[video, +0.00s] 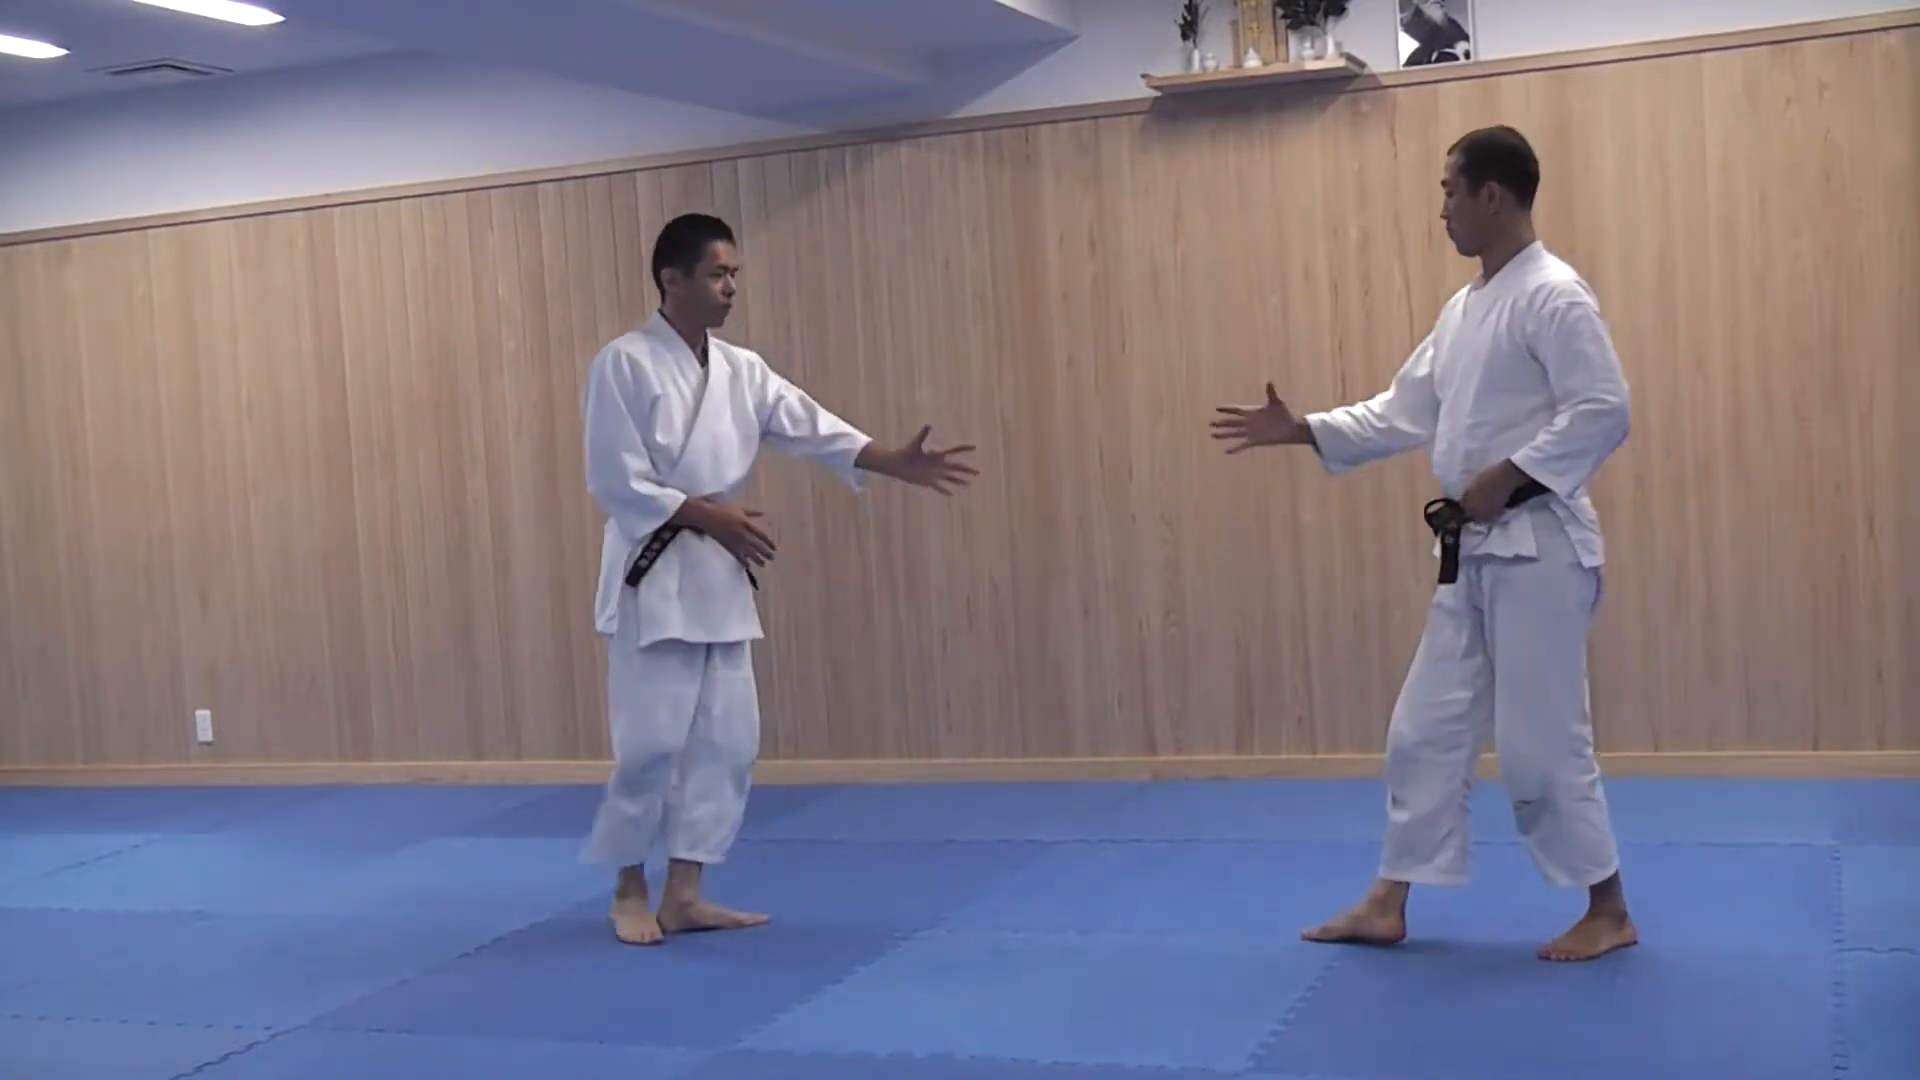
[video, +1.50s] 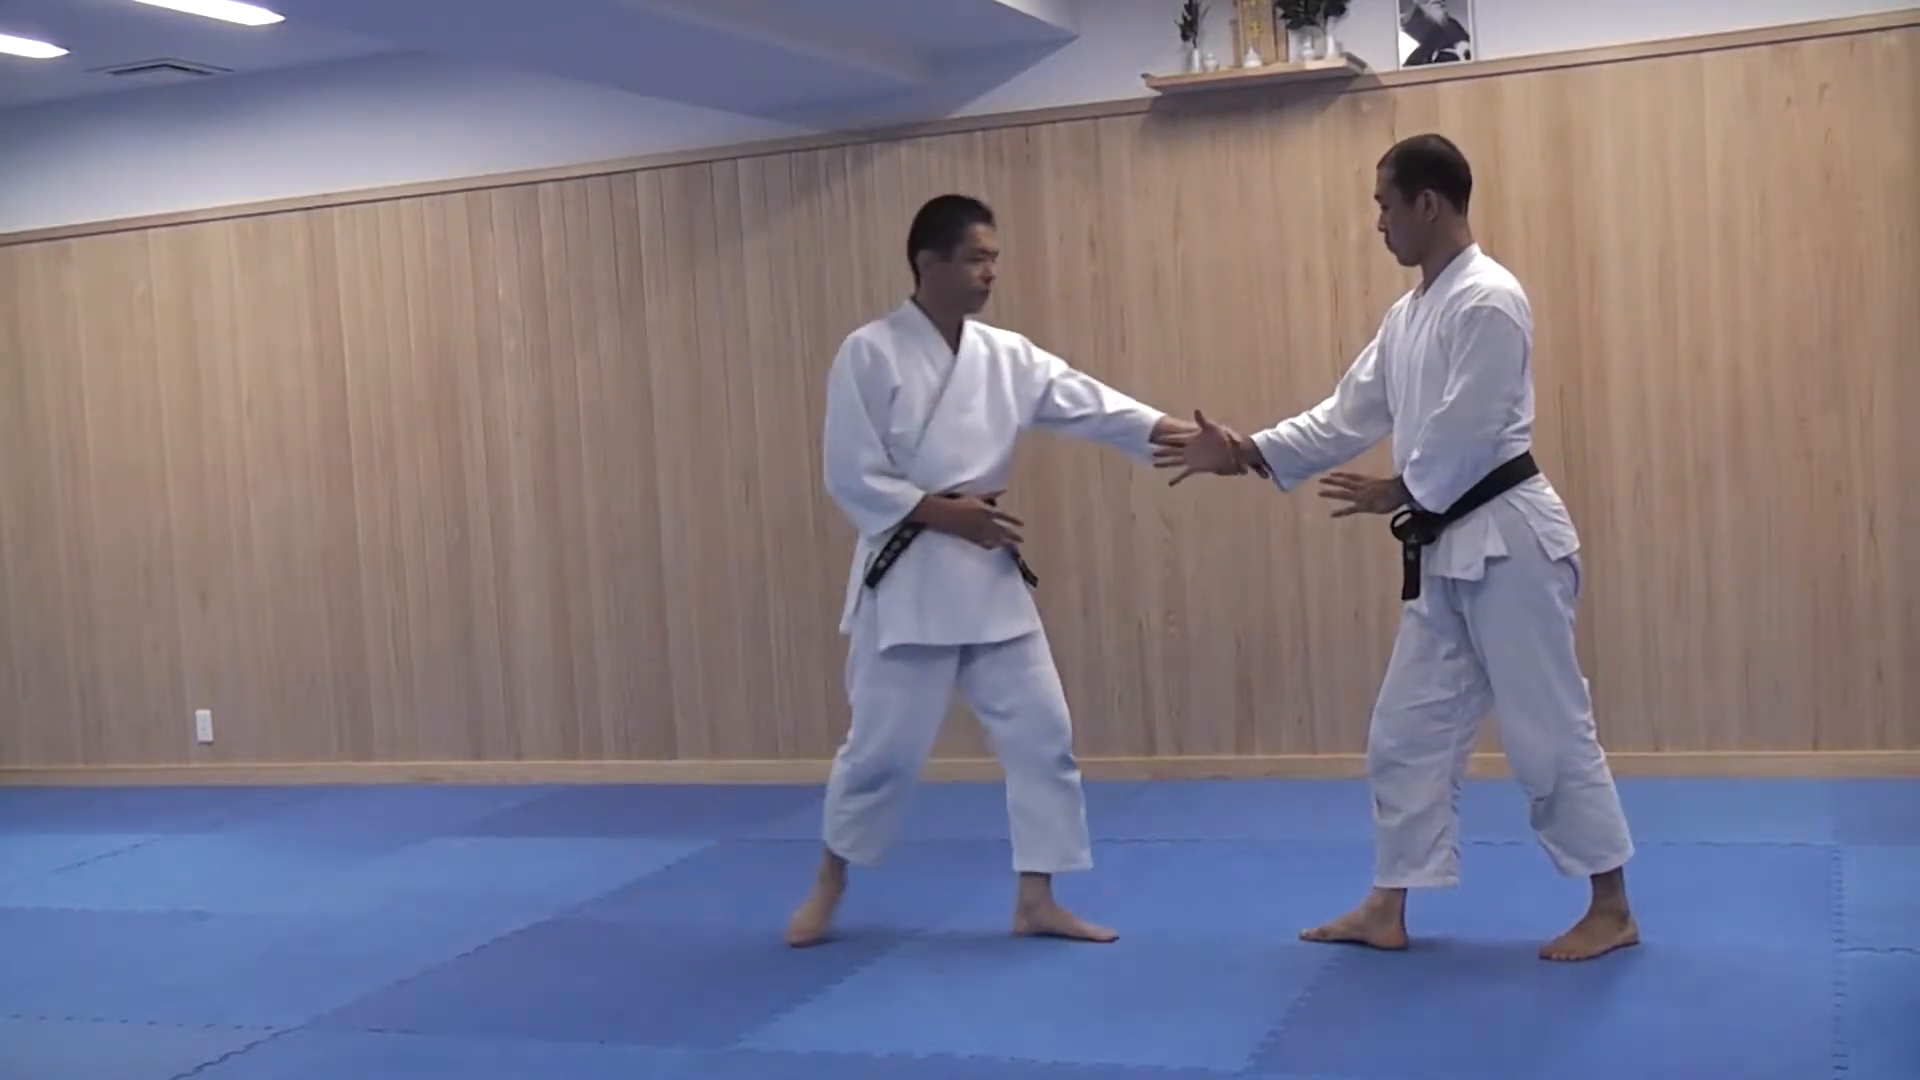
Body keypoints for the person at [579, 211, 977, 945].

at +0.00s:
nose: (732, 287)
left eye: (735, 274)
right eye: (718, 274)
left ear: (731, 279)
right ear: (670, 280)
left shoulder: (741, 368)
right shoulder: (624, 364)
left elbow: (811, 425)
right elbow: (618, 480)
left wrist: (892, 460)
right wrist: (709, 516)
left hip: (723, 575)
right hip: (654, 579)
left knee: (727, 741)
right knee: (650, 743)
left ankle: (682, 896)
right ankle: (630, 893)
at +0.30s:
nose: (683, 288)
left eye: (686, 275)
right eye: (669, 276)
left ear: (684, 280)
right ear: (622, 284)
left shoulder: (700, 368)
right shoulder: (578, 372)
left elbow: (776, 417)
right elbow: (575, 488)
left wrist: (859, 437)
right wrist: (673, 514)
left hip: (693, 580)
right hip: (622, 587)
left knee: (725, 733)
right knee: (620, 751)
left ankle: (698, 893)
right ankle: (632, 897)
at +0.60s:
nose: (671, 290)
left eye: (675, 277)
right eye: (656, 278)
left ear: (675, 282)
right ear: (610, 286)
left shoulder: (693, 368)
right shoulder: (568, 376)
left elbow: (768, 423)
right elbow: (568, 490)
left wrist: (847, 451)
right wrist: (660, 521)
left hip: (700, 578)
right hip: (624, 586)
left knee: (735, 730)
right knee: (625, 753)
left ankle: (715, 893)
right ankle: (634, 898)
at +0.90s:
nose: (709, 298)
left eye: (712, 286)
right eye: (694, 286)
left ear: (711, 292)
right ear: (647, 294)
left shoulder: (732, 377)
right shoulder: (605, 385)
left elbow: (810, 426)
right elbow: (604, 500)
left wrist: (896, 452)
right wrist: (698, 529)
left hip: (744, 586)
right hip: (666, 595)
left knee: (814, 730)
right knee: (659, 764)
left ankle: (861, 895)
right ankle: (638, 905)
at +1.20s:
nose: (841, 310)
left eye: (844, 297)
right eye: (825, 298)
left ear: (845, 301)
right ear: (778, 305)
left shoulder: (868, 392)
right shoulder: (734, 402)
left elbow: (961, 426)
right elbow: (723, 517)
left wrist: (1059, 438)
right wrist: (813, 546)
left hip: (873, 607)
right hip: (787, 612)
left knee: (970, 739)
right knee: (734, 769)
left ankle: (1027, 901)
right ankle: (655, 879)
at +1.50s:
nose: (990, 273)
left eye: (995, 260)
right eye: (976, 260)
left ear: (995, 265)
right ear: (926, 263)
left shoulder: (1008, 354)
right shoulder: (870, 352)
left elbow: (1095, 405)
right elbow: (851, 476)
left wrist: (1195, 439)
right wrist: (943, 513)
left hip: (990, 573)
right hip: (908, 575)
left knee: (1043, 732)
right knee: (882, 750)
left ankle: (1035, 900)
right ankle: (828, 884)